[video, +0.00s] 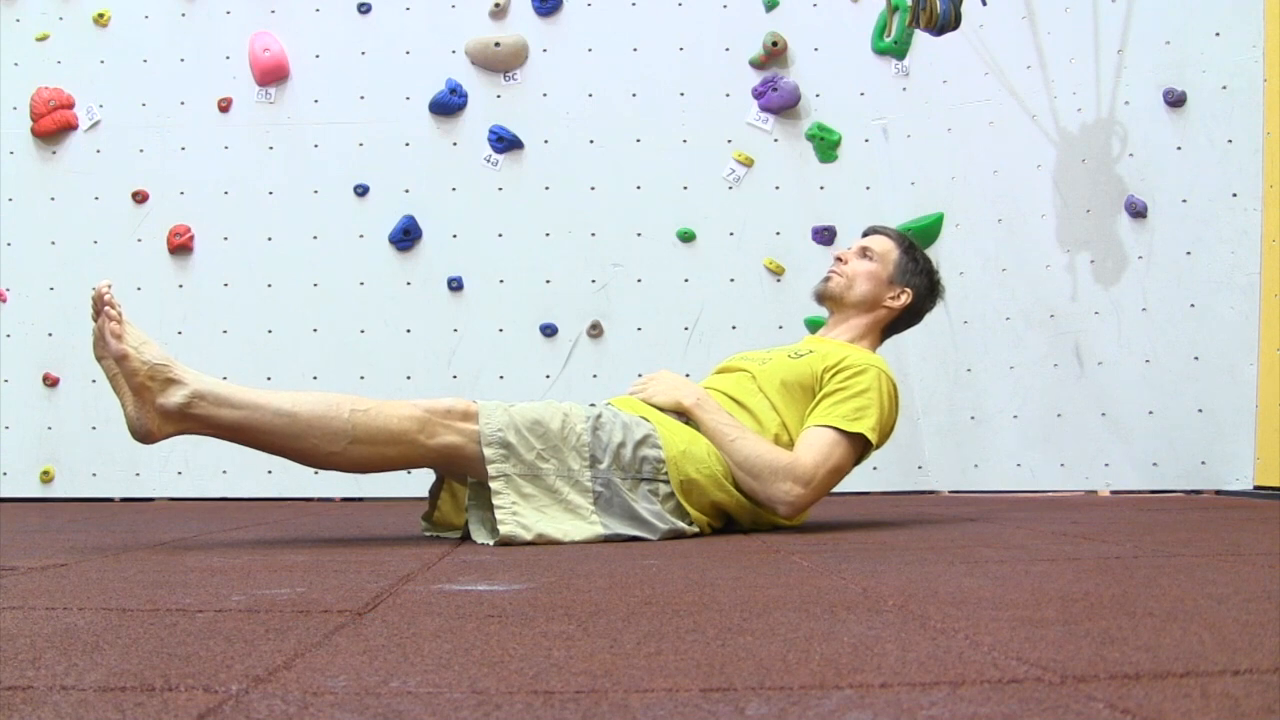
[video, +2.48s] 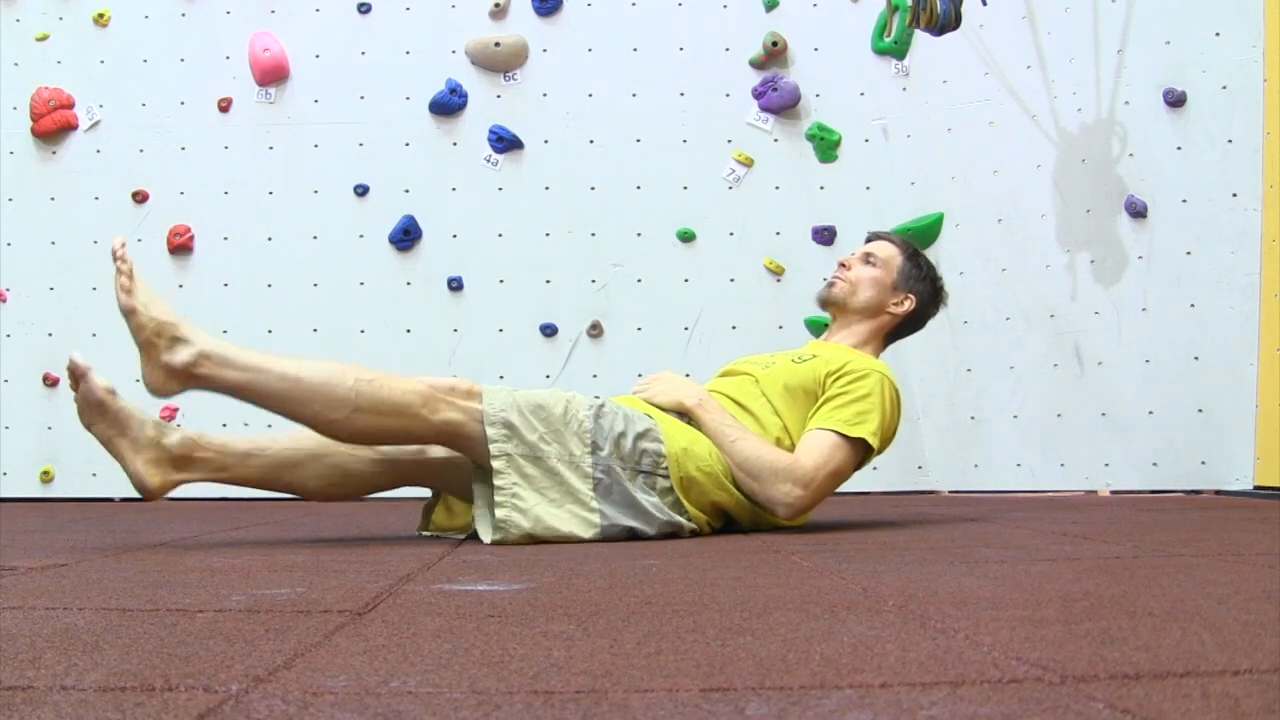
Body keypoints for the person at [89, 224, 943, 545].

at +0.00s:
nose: (844, 252)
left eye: (867, 252)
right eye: (853, 244)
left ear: (895, 299)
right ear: (856, 282)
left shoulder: (863, 375)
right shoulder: (802, 358)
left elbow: (791, 492)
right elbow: (749, 467)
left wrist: (699, 402)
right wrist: (673, 408)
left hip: (659, 460)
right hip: (639, 446)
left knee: (441, 428)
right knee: (429, 430)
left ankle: (178, 400)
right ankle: (179, 401)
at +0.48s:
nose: (847, 254)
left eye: (870, 254)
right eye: (857, 246)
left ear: (897, 301)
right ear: (862, 285)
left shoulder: (865, 377)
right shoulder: (805, 359)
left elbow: (792, 492)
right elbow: (750, 468)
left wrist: (701, 403)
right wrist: (674, 407)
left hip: (660, 461)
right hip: (642, 445)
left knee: (443, 426)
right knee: (435, 423)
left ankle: (178, 395)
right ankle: (181, 397)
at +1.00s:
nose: (848, 259)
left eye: (873, 259)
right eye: (857, 250)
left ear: (900, 306)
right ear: (859, 289)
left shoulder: (866, 379)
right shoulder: (808, 363)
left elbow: (792, 495)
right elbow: (755, 474)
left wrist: (699, 402)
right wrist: (676, 410)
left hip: (660, 461)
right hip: (642, 447)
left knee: (440, 427)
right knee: (429, 426)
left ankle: (177, 406)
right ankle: (179, 407)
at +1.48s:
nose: (848, 257)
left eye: (872, 257)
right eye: (858, 248)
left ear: (898, 304)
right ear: (863, 288)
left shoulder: (865, 378)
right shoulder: (805, 360)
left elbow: (791, 494)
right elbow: (751, 471)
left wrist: (700, 403)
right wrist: (675, 411)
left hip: (659, 461)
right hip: (640, 447)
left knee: (444, 430)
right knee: (433, 430)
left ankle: (176, 410)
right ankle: (178, 411)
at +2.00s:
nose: (848, 263)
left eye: (872, 263)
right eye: (858, 254)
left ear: (900, 310)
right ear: (866, 295)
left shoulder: (866, 383)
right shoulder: (810, 366)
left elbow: (794, 495)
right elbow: (758, 475)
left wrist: (700, 402)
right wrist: (675, 411)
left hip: (655, 460)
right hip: (637, 446)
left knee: (439, 426)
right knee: (432, 422)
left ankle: (177, 402)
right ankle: (178, 403)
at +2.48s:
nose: (848, 261)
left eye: (871, 260)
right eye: (856, 252)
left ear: (899, 307)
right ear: (858, 288)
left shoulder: (865, 378)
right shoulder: (800, 362)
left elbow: (793, 494)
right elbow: (739, 461)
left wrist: (702, 403)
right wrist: (662, 412)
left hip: (654, 459)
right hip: (626, 449)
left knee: (453, 410)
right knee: (410, 453)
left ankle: (192, 354)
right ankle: (168, 459)